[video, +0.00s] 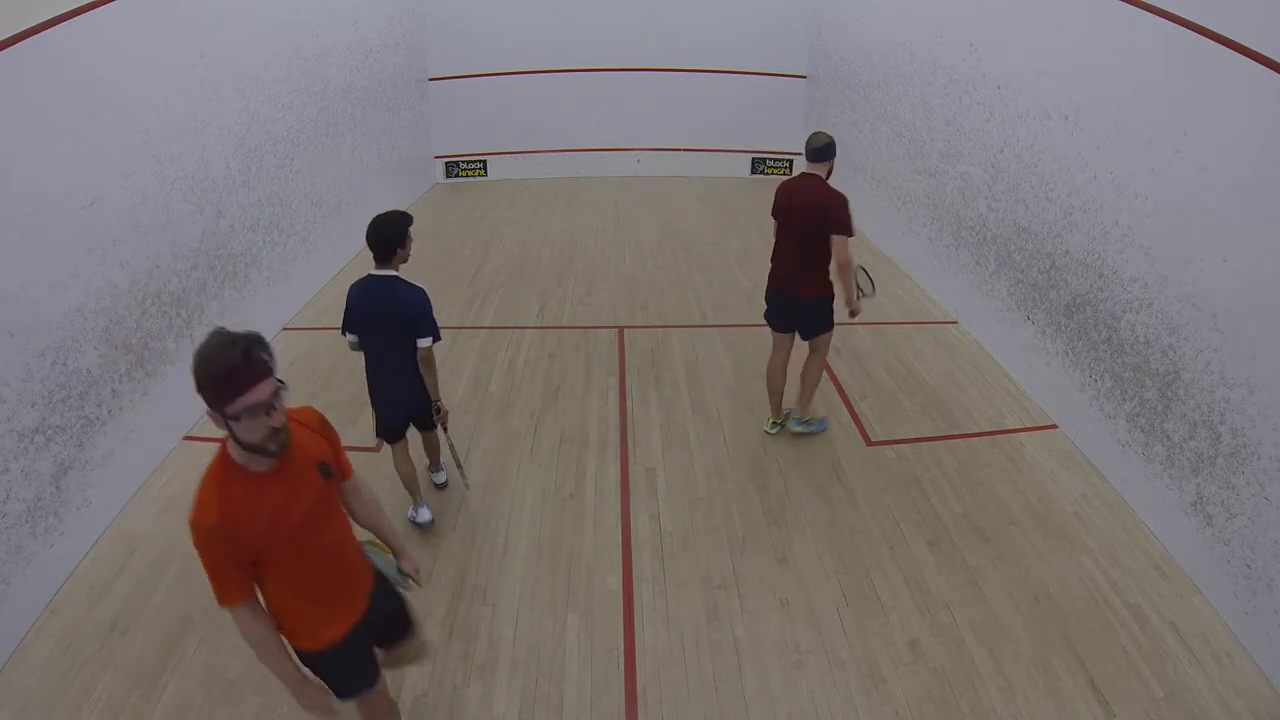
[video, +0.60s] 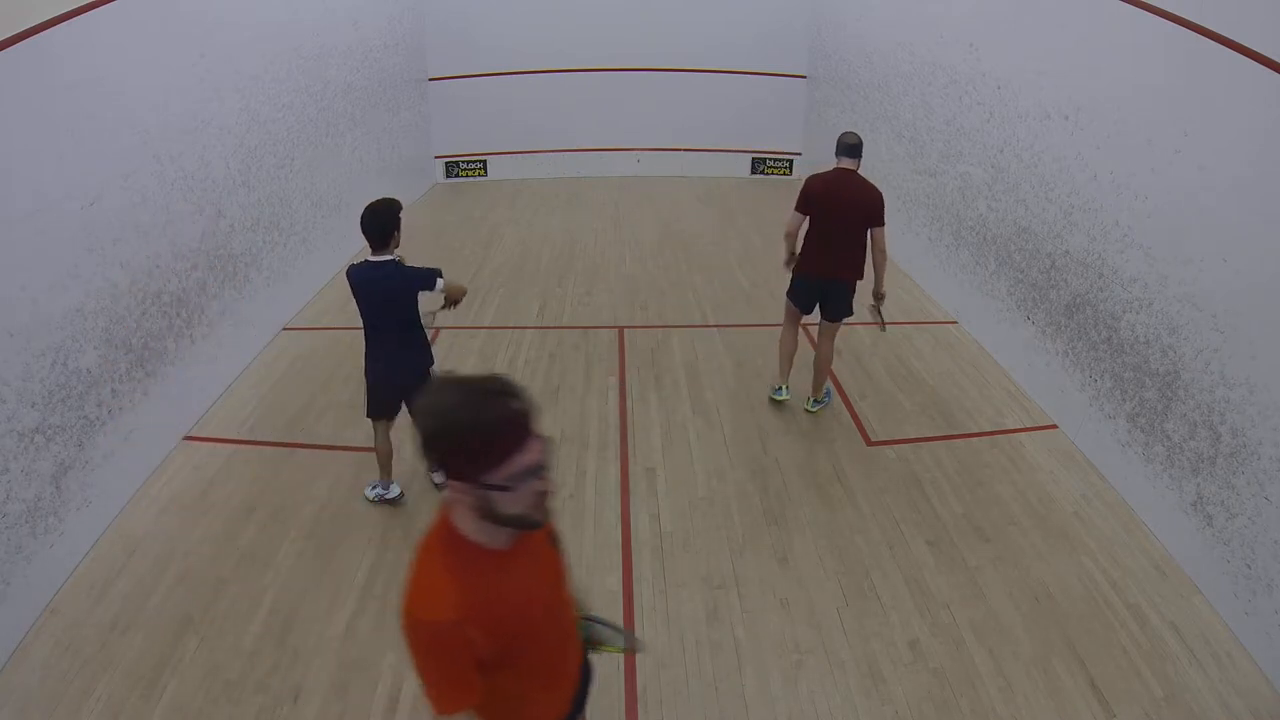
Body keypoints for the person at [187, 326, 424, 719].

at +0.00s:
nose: (276, 418)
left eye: (276, 398)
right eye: (255, 414)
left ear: (280, 383)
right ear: (217, 419)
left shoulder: (308, 426)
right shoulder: (215, 518)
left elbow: (353, 491)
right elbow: (247, 613)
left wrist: (400, 549)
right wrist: (301, 689)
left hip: (366, 583)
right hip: (323, 633)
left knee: (411, 649)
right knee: (375, 700)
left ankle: (356, 665)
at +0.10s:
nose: (302, 431)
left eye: (302, 410)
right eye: (279, 426)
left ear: (308, 393)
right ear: (242, 432)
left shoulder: (328, 434)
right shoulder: (238, 531)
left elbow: (365, 500)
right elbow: (267, 643)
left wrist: (410, 558)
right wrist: (335, 713)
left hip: (387, 596)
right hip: (339, 648)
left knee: (454, 665)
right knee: (383, 710)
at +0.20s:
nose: (337, 441)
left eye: (337, 419)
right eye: (314, 436)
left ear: (341, 404)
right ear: (271, 443)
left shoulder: (356, 449)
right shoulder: (265, 543)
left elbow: (389, 519)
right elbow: (298, 673)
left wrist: (423, 572)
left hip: (415, 609)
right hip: (364, 665)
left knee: (476, 686)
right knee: (393, 713)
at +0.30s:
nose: (381, 462)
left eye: (380, 440)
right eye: (358, 455)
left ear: (384, 424)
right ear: (309, 459)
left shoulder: (392, 465)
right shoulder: (304, 565)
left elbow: (414, 546)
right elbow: (340, 695)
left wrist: (443, 590)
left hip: (451, 639)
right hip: (394, 691)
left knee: (503, 709)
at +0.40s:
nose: (435, 475)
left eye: (432, 453)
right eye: (411, 470)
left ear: (434, 434)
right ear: (361, 478)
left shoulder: (437, 488)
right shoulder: (351, 579)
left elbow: (454, 563)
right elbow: (384, 703)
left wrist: (479, 608)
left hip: (490, 649)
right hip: (438, 699)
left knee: (530, 708)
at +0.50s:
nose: (483, 484)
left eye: (482, 462)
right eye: (458, 478)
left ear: (484, 440)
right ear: (409, 483)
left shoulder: (482, 498)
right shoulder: (396, 598)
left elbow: (497, 580)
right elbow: (426, 707)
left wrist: (526, 617)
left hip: (537, 662)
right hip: (489, 709)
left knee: (559, 710)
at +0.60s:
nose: (546, 487)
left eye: (542, 466)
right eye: (523, 478)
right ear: (461, 491)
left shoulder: (522, 513)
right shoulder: (440, 608)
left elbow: (541, 586)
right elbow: (456, 712)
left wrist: (573, 624)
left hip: (573, 673)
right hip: (530, 712)